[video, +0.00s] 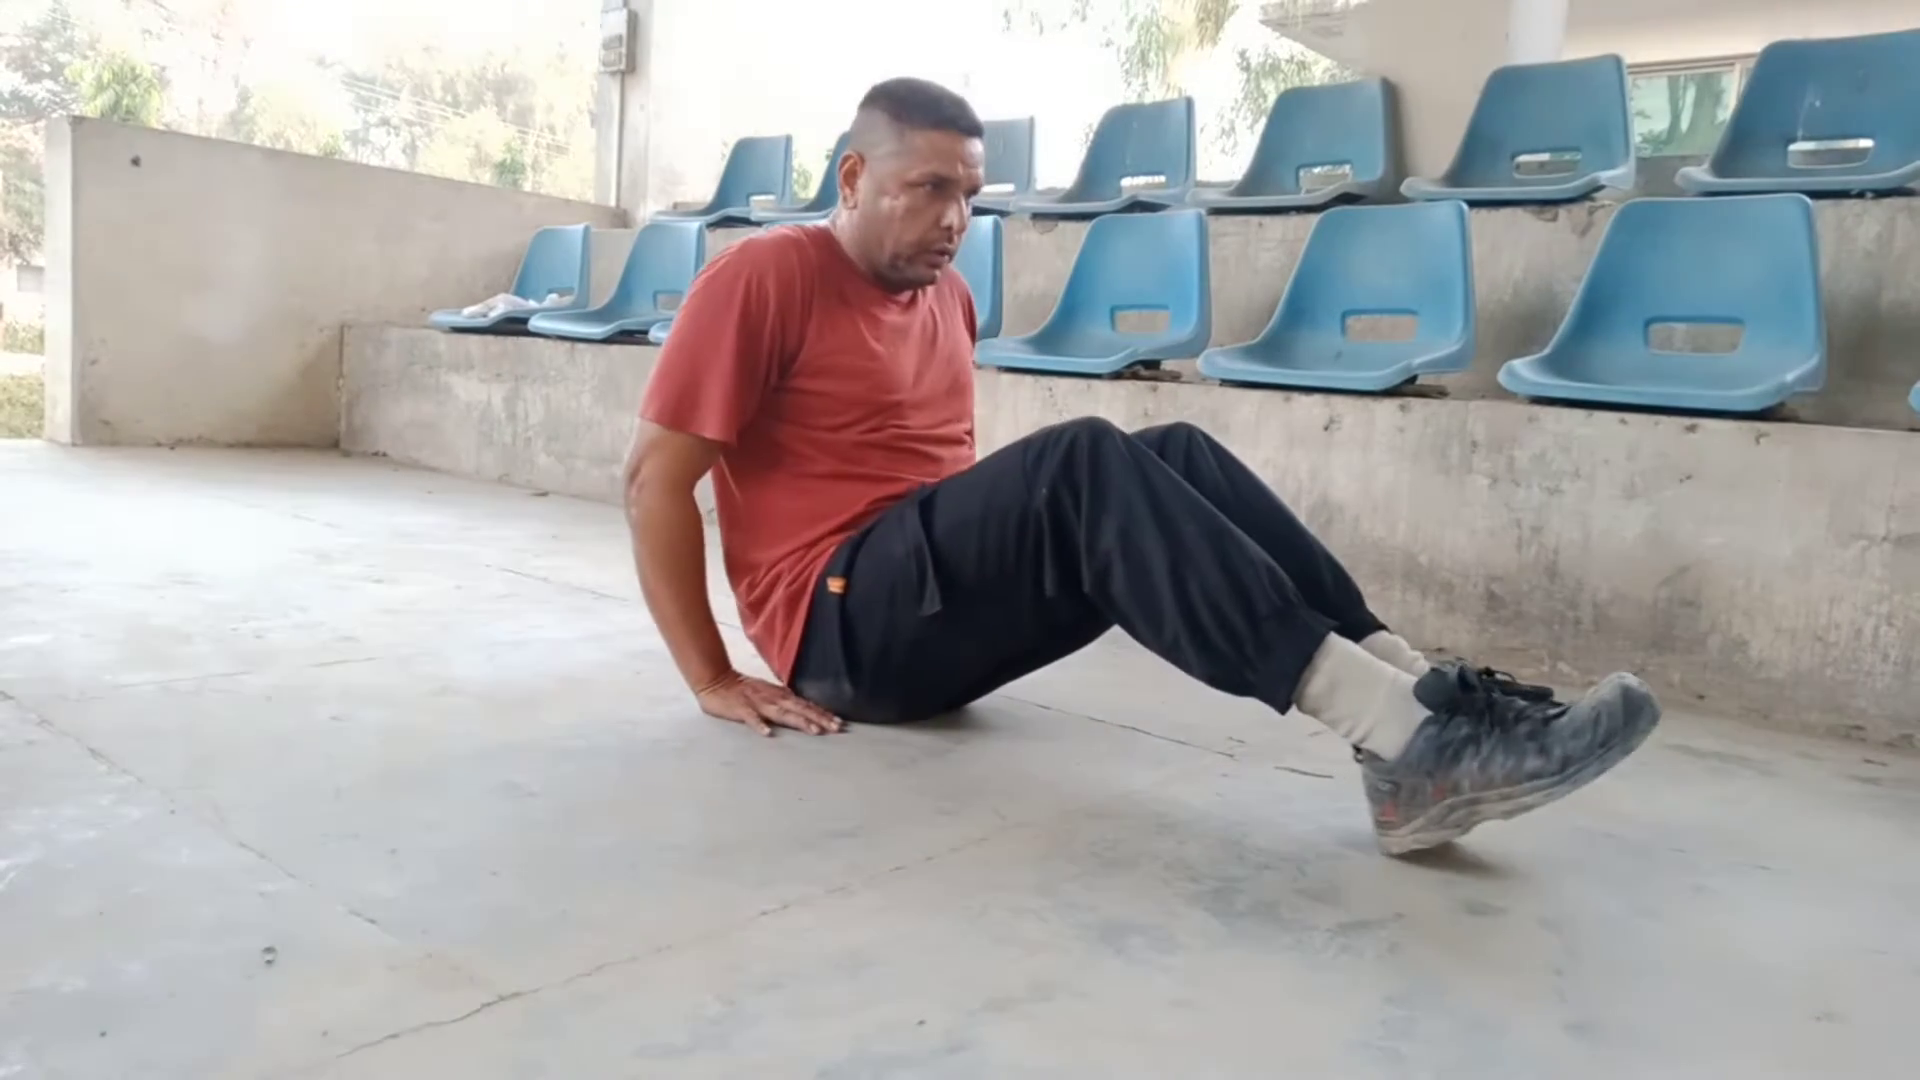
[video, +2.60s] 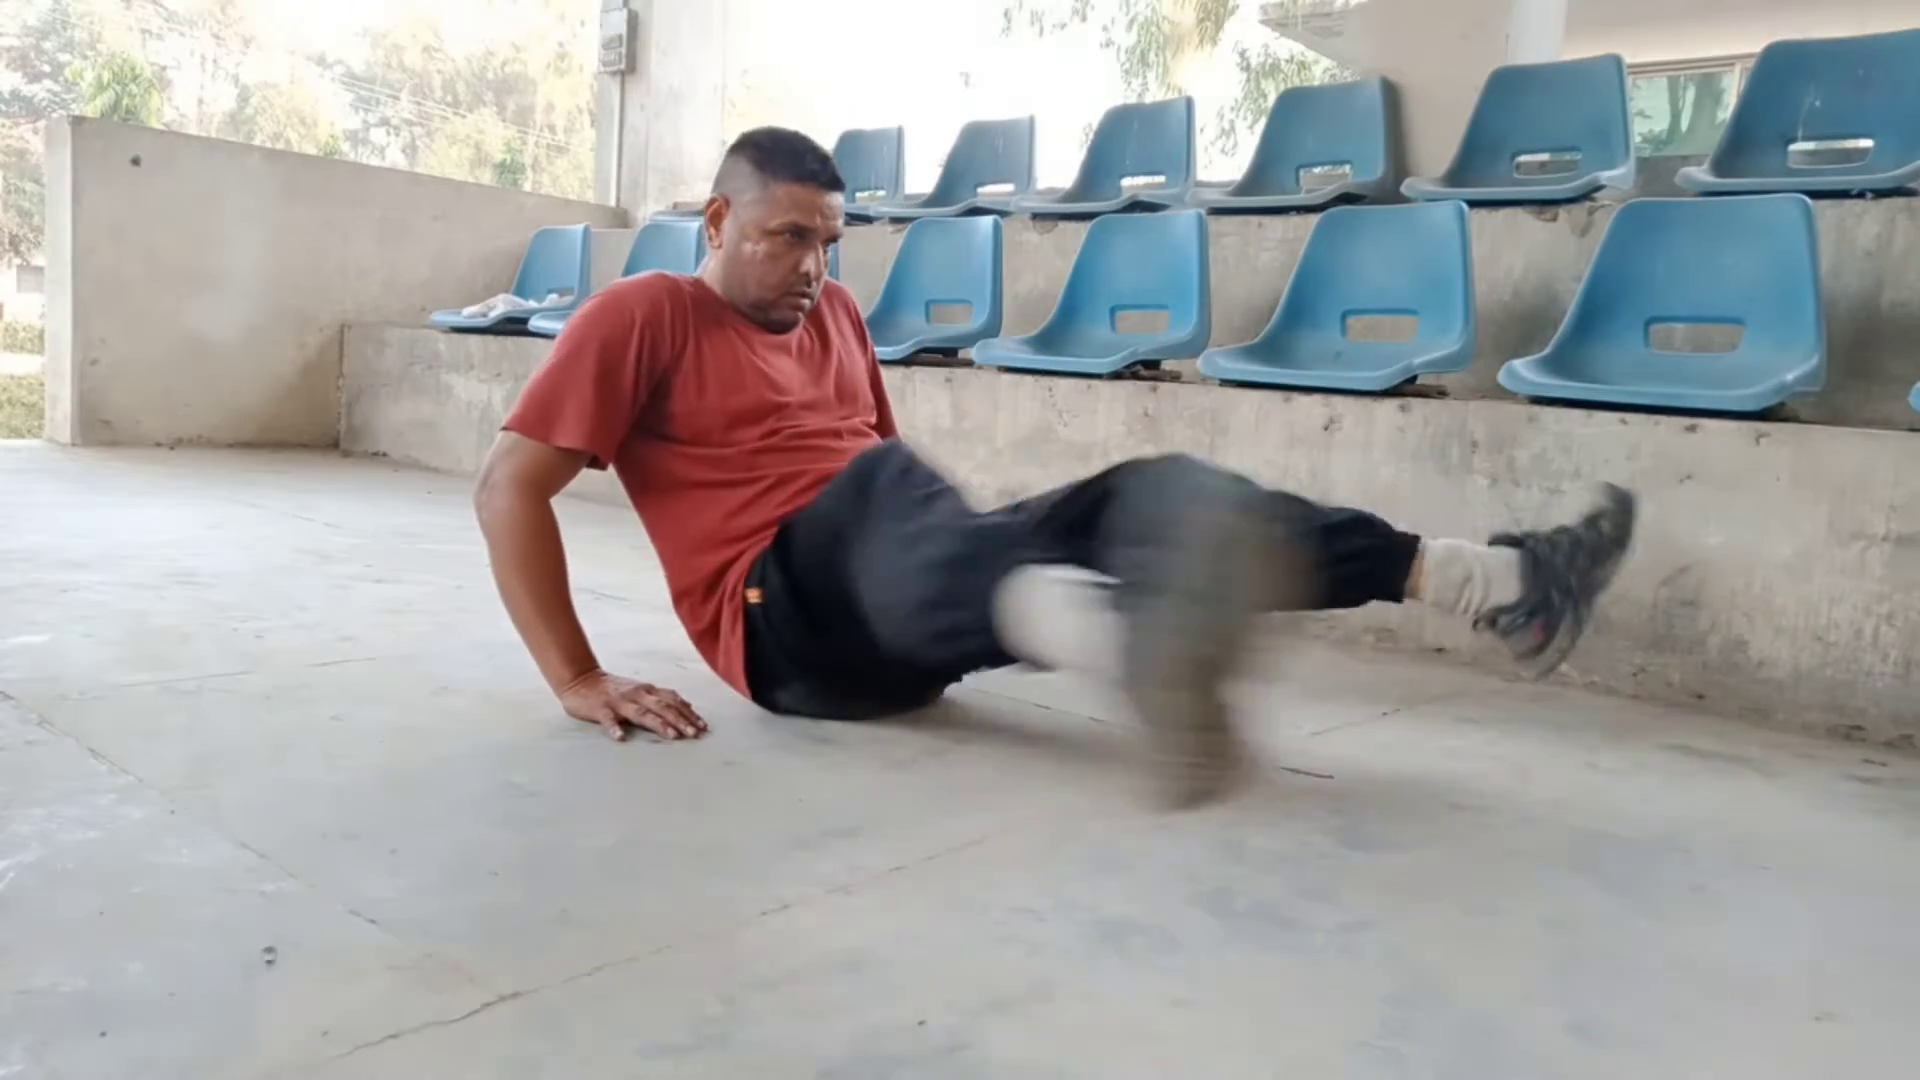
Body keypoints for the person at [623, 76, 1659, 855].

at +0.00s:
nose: (953, 218)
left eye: (966, 194)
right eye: (932, 190)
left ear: (966, 194)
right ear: (852, 179)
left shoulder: (944, 298)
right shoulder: (759, 278)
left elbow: (924, 470)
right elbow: (655, 479)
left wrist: (917, 636)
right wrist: (709, 680)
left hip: (930, 610)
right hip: (836, 624)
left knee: (1177, 457)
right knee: (1084, 462)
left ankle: (1443, 716)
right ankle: (1397, 746)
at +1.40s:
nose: (881, 241)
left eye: (893, 217)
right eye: (856, 214)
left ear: (900, 211)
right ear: (779, 203)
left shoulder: (894, 300)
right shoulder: (694, 297)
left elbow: (902, 450)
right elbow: (560, 471)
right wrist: (582, 678)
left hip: (915, 625)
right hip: (817, 629)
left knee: (1087, 369)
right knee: (996, 377)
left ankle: (1285, 618)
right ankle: (1246, 655)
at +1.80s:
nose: (836, 248)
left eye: (848, 225)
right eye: (812, 223)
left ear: (849, 220)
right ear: (737, 212)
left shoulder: (854, 309)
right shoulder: (662, 312)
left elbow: (887, 458)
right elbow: (524, 481)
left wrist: (929, 571)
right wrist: (578, 679)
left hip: (903, 611)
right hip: (812, 623)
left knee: (1120, 408)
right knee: (1037, 417)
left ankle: (1361, 646)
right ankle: (1328, 659)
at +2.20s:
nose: (796, 252)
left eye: (808, 229)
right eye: (768, 229)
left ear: (818, 230)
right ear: (698, 228)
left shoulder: (820, 316)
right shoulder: (635, 324)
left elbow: (854, 457)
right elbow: (504, 493)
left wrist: (900, 550)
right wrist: (575, 681)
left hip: (903, 571)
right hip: (800, 613)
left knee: (1172, 490)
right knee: (1037, 509)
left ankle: (1504, 589)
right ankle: (1420, 637)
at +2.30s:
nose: (801, 258)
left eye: (813, 236)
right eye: (776, 234)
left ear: (821, 235)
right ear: (706, 226)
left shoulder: (829, 318)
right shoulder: (639, 323)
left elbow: (863, 465)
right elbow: (506, 494)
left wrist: (905, 577)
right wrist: (576, 682)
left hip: (912, 581)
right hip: (790, 626)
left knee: (1179, 493)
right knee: (950, 493)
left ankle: (1544, 553)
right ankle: (1264, 603)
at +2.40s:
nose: (811, 264)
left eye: (823, 240)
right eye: (787, 237)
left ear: (830, 234)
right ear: (715, 223)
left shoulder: (837, 320)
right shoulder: (644, 323)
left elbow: (872, 472)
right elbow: (507, 494)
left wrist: (943, 548)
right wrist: (575, 682)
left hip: (908, 572)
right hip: (787, 609)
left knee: (1170, 518)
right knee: (885, 526)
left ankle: (1517, 548)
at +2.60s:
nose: (813, 264)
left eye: (825, 240)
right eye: (788, 236)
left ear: (832, 229)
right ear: (715, 217)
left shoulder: (834, 316)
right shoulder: (637, 316)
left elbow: (872, 457)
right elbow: (509, 490)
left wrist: (953, 550)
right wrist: (577, 681)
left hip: (907, 590)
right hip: (779, 619)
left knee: (1147, 499)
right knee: (890, 486)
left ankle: (1499, 586)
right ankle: (1129, 653)